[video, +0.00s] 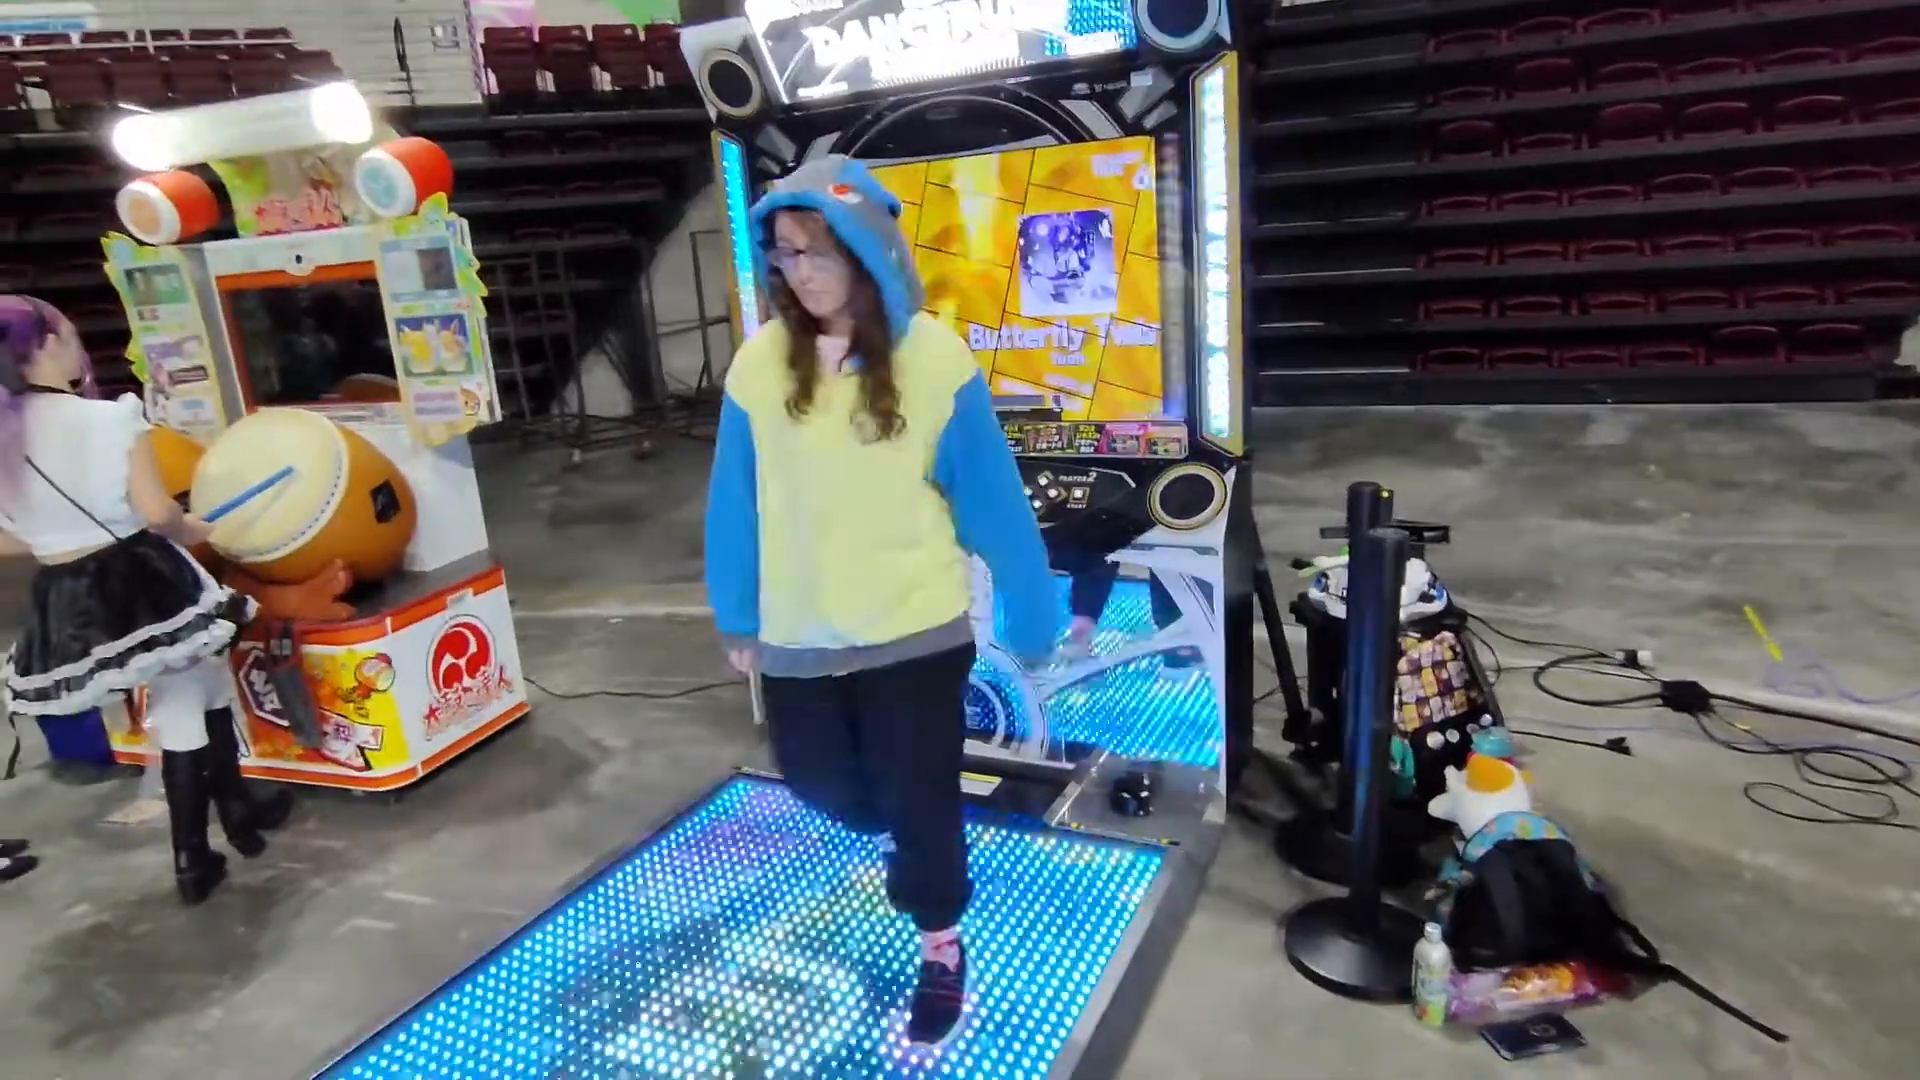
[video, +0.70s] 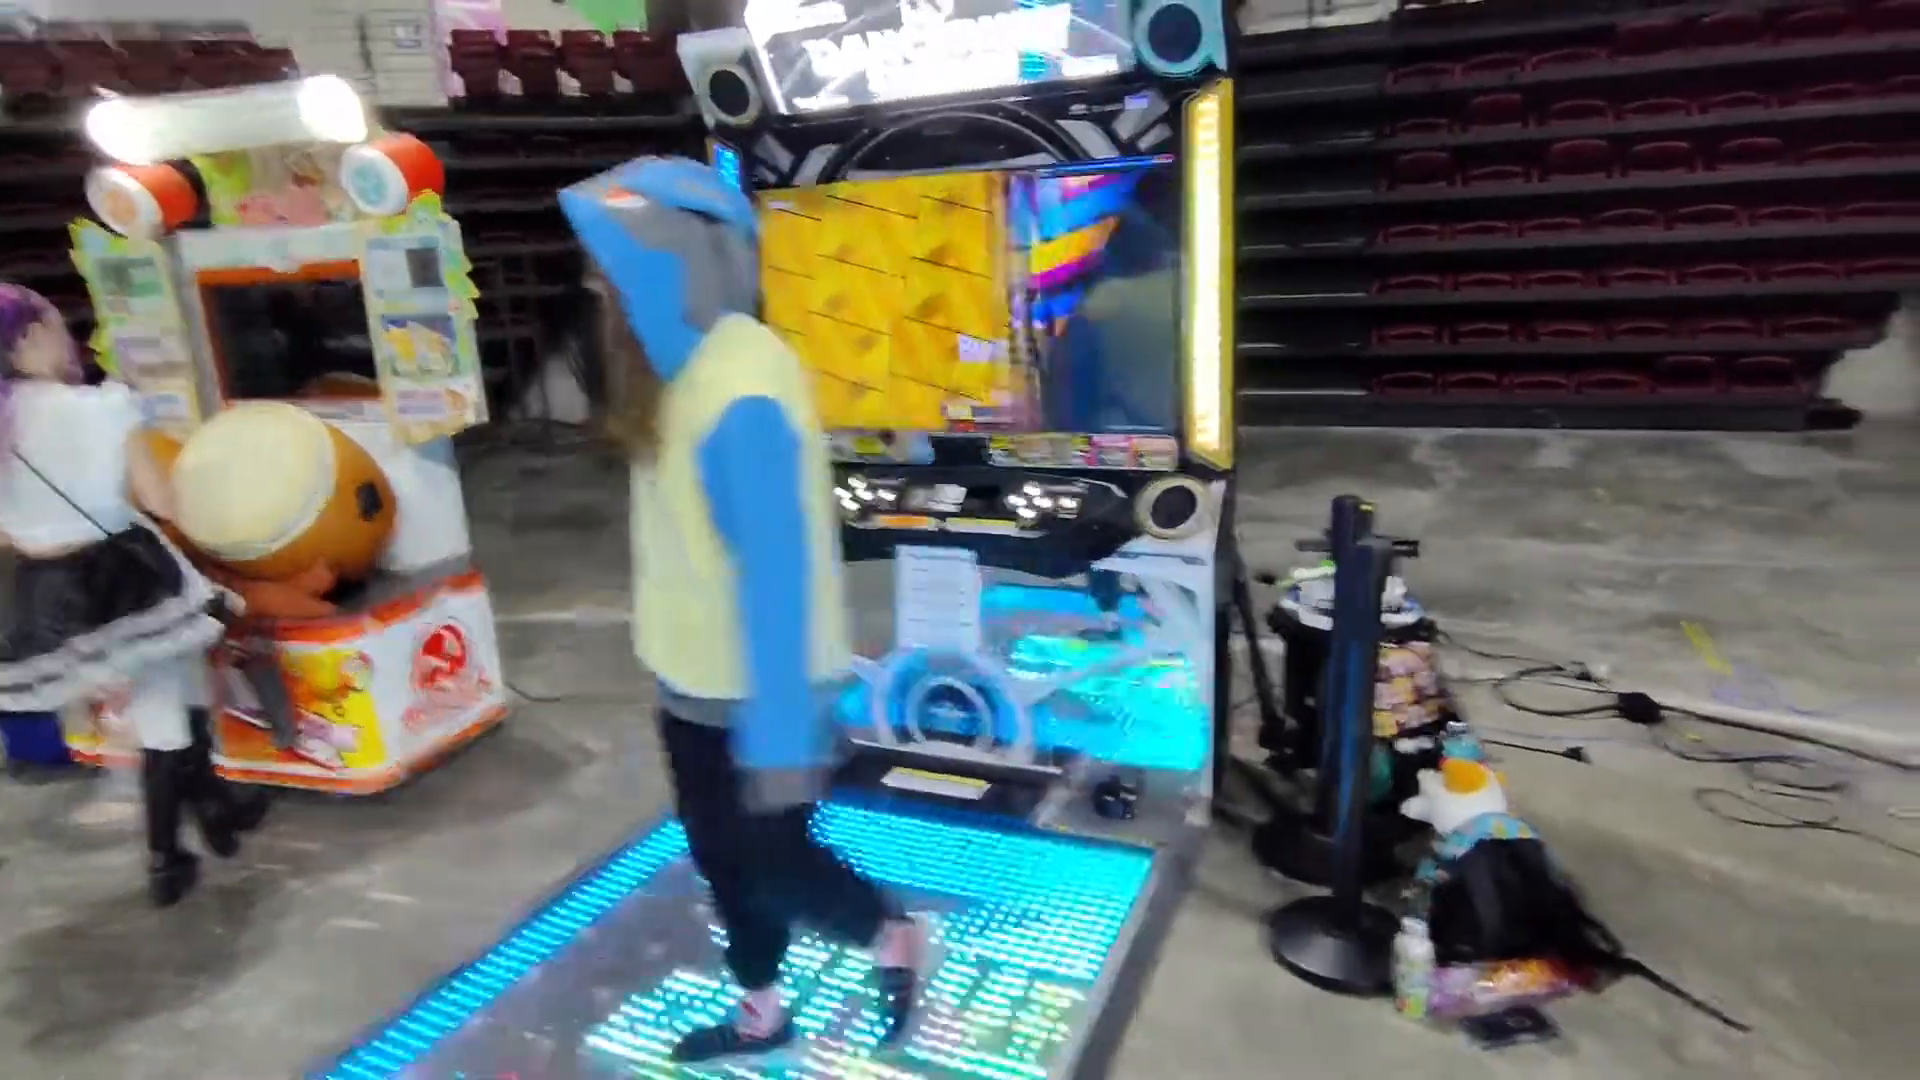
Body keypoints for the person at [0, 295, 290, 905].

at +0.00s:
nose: (79, 347)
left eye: (73, 335)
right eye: (70, 336)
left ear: (18, 356)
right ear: (45, 347)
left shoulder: (8, 434)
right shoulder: (111, 420)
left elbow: (11, 537)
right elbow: (157, 514)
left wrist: (58, 544)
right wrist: (192, 529)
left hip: (69, 598)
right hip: (142, 585)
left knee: (208, 670)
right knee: (178, 705)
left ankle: (239, 807)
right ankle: (191, 857)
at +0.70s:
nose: (67, 340)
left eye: (60, 328)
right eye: (56, 329)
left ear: (13, 347)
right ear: (28, 342)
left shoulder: (7, 417)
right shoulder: (103, 409)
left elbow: (13, 535)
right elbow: (157, 498)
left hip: (45, 589)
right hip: (121, 578)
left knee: (173, 674)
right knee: (164, 700)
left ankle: (218, 807)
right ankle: (165, 855)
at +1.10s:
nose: (17, 315)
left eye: (12, 302)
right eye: (11, 302)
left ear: (8, 310)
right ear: (3, 312)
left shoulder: (47, 378)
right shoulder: (57, 377)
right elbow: (111, 474)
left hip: (14, 569)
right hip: (79, 553)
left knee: (134, 657)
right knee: (120, 678)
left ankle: (173, 781)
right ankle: (120, 834)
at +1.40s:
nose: (30, 271)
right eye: (24, 262)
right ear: (16, 267)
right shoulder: (45, 333)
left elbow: (89, 429)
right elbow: (91, 431)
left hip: (13, 516)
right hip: (66, 505)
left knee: (121, 612)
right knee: (103, 636)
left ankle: (159, 741)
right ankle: (112, 789)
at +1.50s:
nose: (30, 261)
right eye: (24, 251)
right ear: (16, 257)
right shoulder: (48, 323)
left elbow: (92, 419)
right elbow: (94, 421)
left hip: (11, 505)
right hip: (70, 493)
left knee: (125, 593)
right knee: (108, 623)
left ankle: (165, 726)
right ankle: (118, 774)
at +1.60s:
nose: (16, 251)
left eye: (7, 241)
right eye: (16, 242)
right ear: (15, 253)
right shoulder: (56, 311)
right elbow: (104, 409)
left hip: (14, 495)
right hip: (79, 481)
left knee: (135, 578)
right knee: (122, 610)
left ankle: (177, 713)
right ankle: (129, 759)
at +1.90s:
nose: (38, 214)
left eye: (32, 202)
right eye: (30, 203)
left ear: (1, 210)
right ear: (10, 208)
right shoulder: (79, 284)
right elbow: (132, 382)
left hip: (25, 468)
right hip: (104, 456)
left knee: (159, 537)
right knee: (150, 571)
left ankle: (206, 677)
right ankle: (161, 724)